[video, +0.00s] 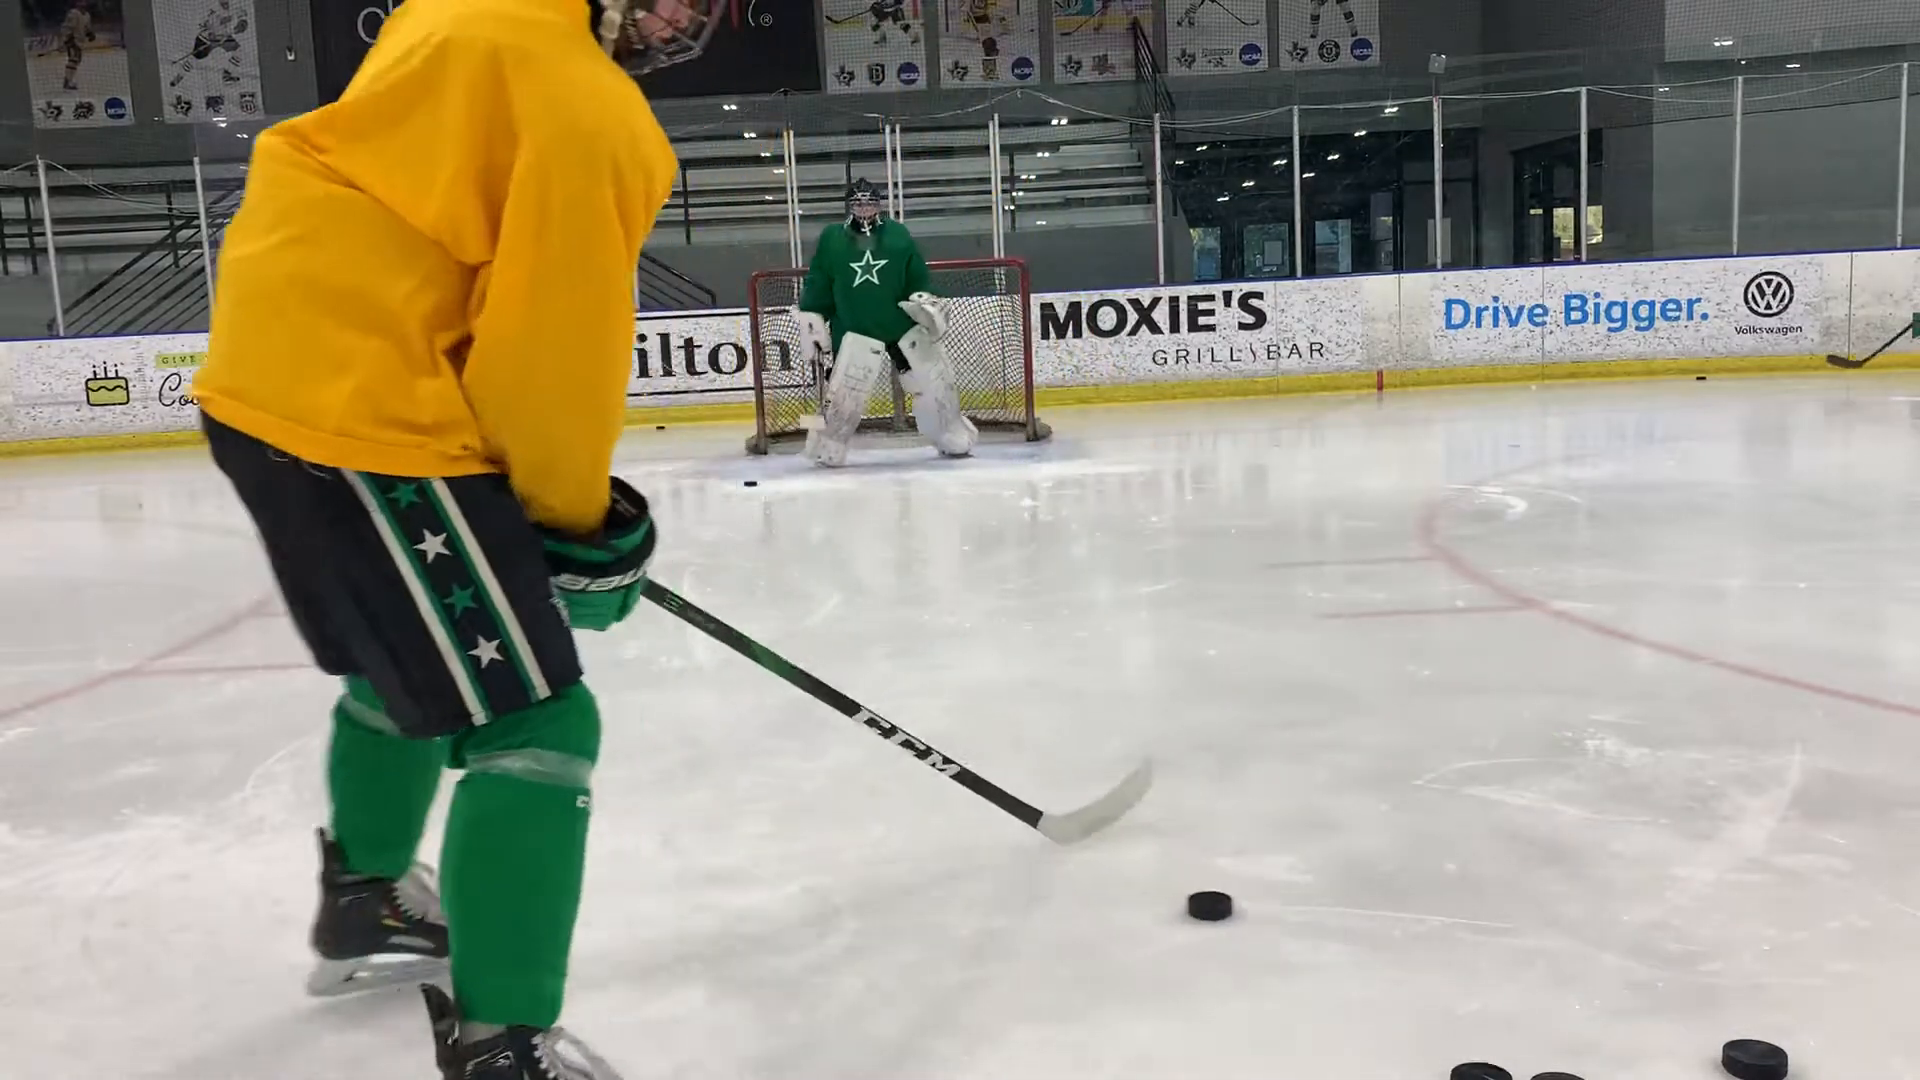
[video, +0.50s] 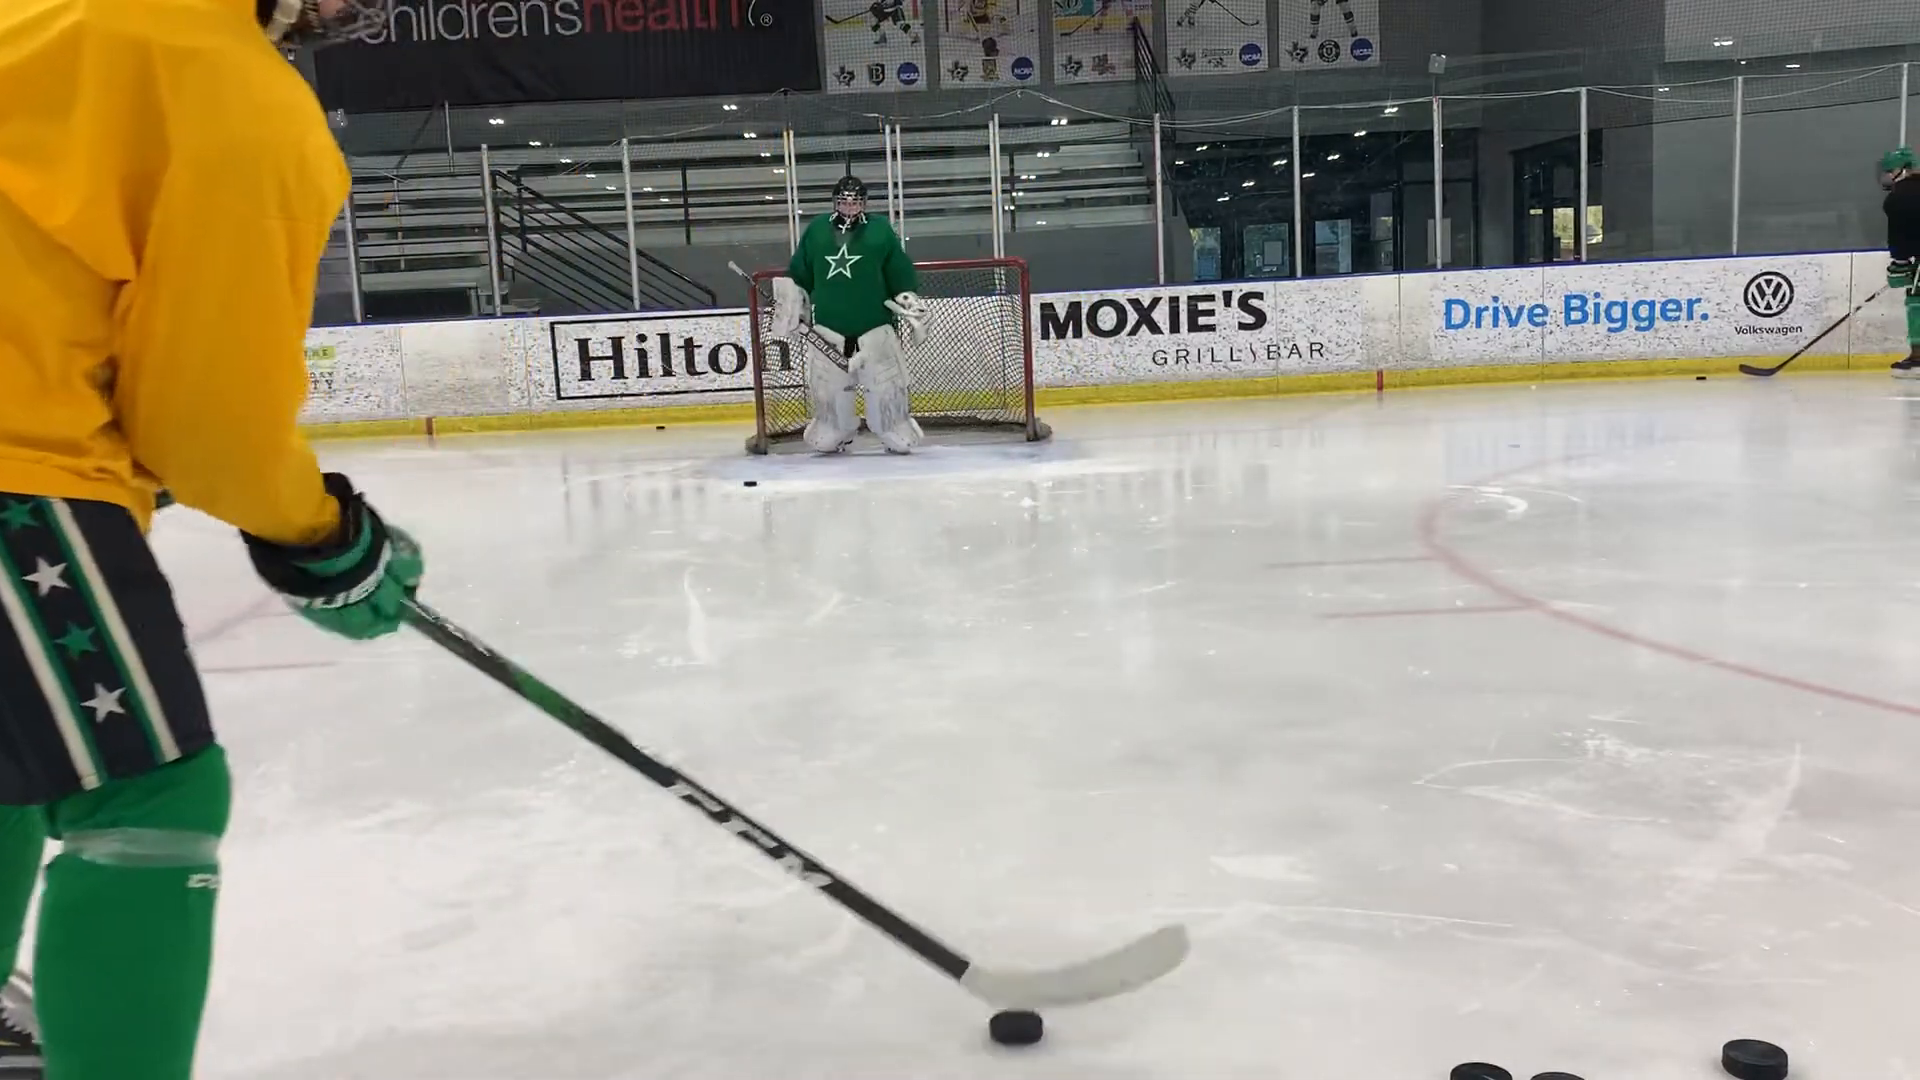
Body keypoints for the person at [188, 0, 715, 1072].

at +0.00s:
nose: (687, 29)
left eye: (706, 24)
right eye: (694, 4)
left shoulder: (450, 24)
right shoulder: (590, 109)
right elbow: (545, 370)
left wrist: (537, 484)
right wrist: (580, 524)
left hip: (262, 386)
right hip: (368, 408)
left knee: (398, 663)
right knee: (535, 723)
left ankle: (363, 897)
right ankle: (501, 1041)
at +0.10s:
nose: (623, 26)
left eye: (636, 20)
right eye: (626, 6)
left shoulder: (363, 19)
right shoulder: (534, 118)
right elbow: (485, 398)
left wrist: (453, 477)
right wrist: (516, 532)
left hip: (162, 386)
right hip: (296, 414)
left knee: (303, 679)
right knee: (470, 732)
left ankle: (269, 923)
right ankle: (444, 1051)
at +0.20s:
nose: (551, 28)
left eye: (564, 22)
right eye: (555, 11)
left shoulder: (274, 21)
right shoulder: (468, 113)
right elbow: (420, 391)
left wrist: (372, 475)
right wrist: (455, 531)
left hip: (69, 386)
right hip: (216, 415)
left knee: (212, 702)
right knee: (396, 750)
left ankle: (181, 956)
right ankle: (377, 1061)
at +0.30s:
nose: (488, 24)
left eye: (507, 20)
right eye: (500, 7)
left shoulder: (201, 16)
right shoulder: (401, 115)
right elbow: (349, 405)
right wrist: (409, 526)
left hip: (12, 366)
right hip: (126, 400)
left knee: (126, 720)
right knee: (314, 769)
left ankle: (101, 983)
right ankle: (293, 1062)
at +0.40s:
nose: (422, 16)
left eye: (437, 9)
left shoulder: (105, 15)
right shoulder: (320, 105)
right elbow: (282, 403)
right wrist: (367, 525)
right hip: (72, 428)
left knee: (48, 731)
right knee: (230, 783)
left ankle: (25, 995)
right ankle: (206, 1067)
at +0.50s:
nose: (344, 15)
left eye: (354, 12)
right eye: (350, 4)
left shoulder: (42, 22)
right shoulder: (244, 99)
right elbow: (207, 416)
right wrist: (329, 540)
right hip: (28, 454)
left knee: (12, 782)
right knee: (154, 798)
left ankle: (0, 1018)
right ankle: (107, 1057)